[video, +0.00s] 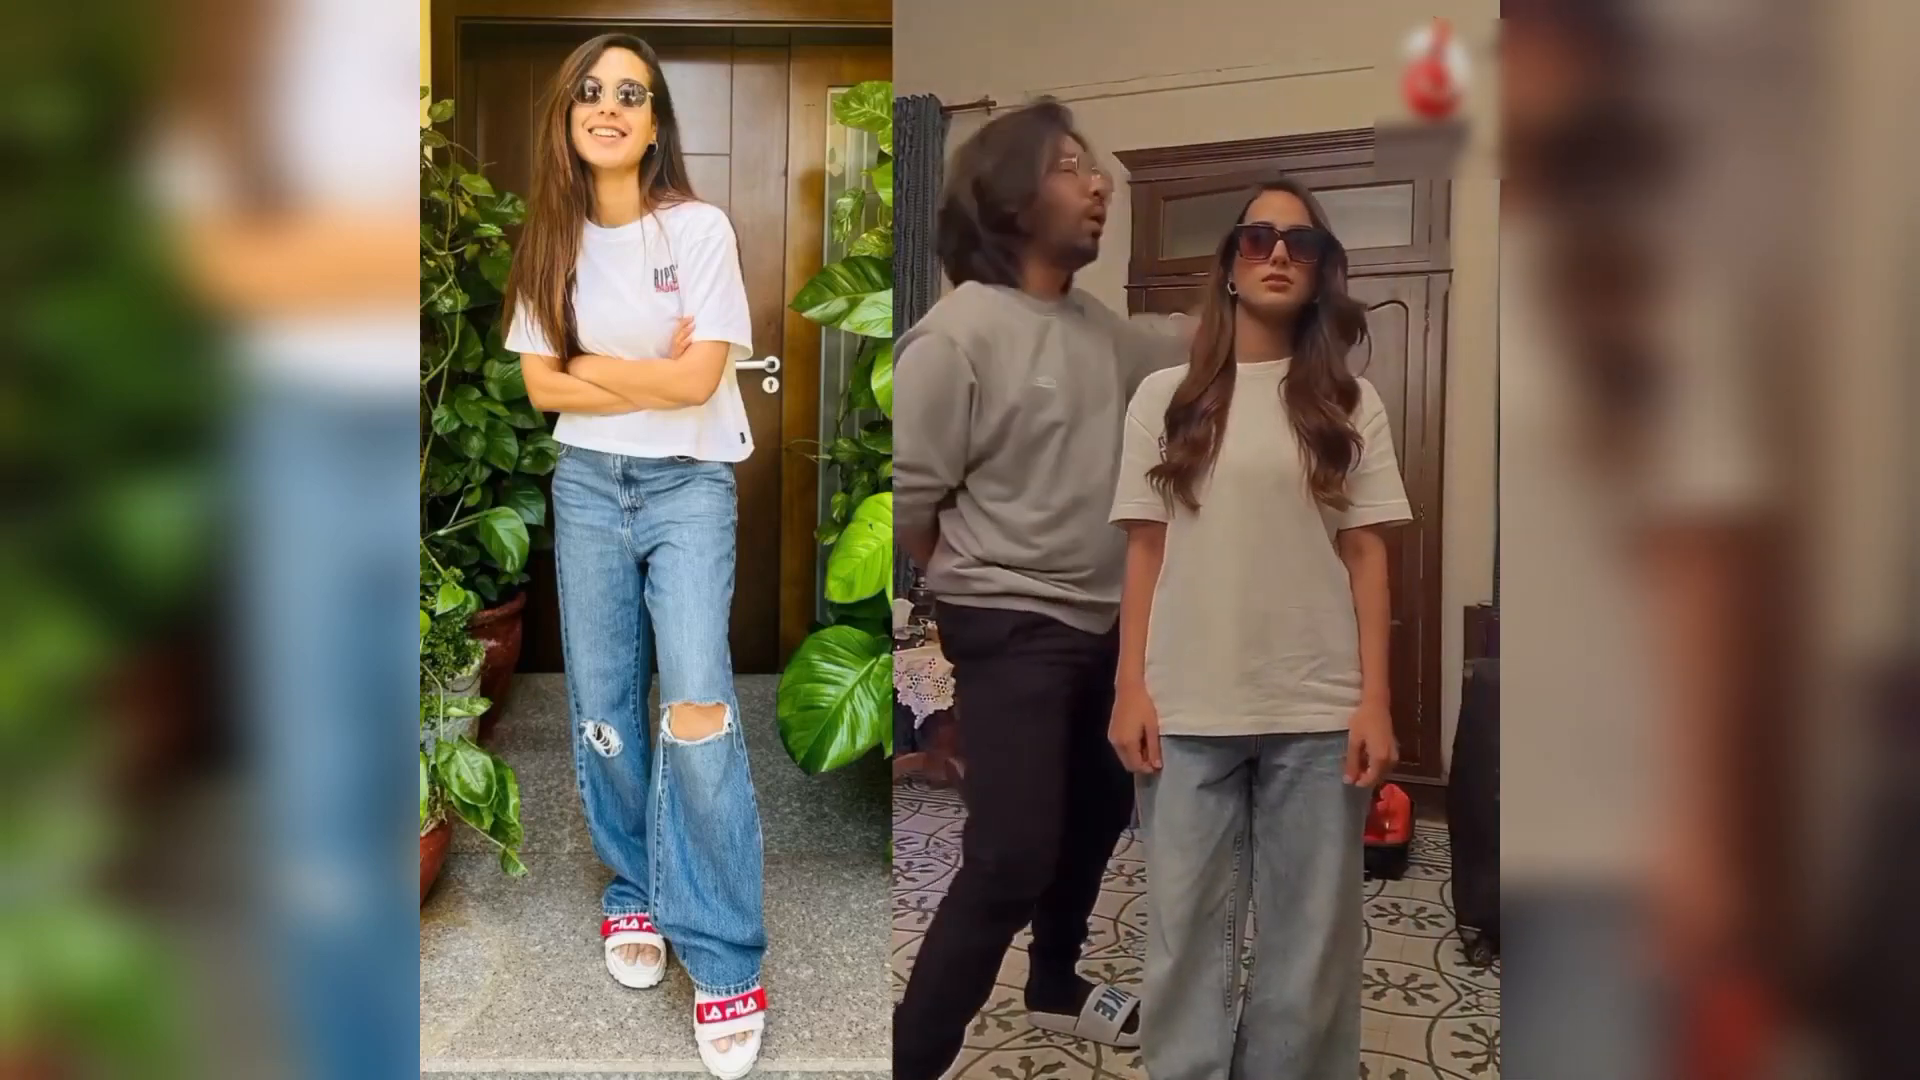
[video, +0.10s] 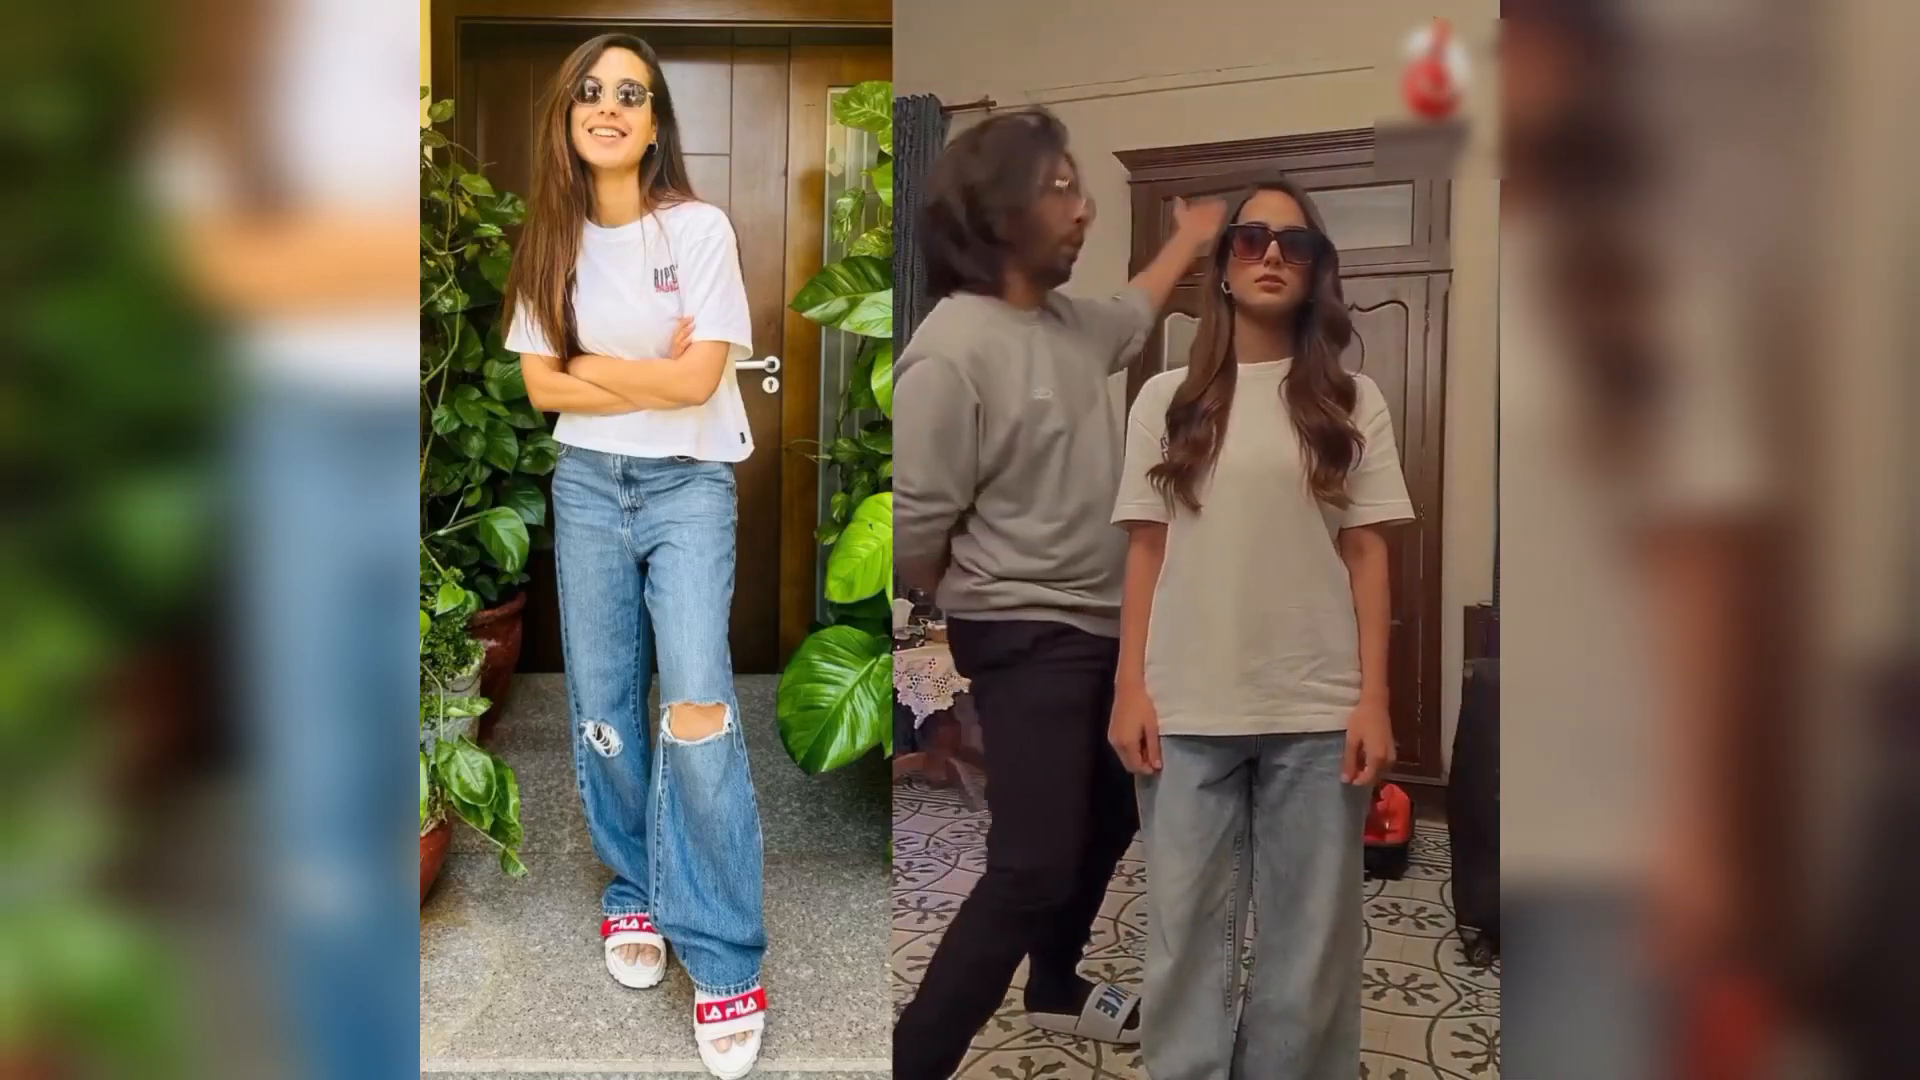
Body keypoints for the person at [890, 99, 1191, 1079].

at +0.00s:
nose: (1100, 186)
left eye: (1096, 170)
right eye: (1073, 168)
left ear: (1088, 192)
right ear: (1009, 192)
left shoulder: (1106, 329)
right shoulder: (955, 333)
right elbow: (908, 516)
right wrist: (951, 591)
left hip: (1107, 620)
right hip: (1002, 622)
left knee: (1092, 816)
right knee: (1011, 866)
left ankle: (1055, 986)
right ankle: (914, 1064)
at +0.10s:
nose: (1085, 209)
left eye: (1081, 189)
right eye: (1062, 191)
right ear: (997, 210)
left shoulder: (1074, 319)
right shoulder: (951, 343)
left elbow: (1139, 312)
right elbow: (918, 526)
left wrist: (1190, 236)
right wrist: (919, 613)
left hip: (1105, 623)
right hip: (1017, 631)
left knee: (1105, 820)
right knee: (1033, 867)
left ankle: (1055, 989)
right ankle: (914, 1065)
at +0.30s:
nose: (1076, 231)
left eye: (1072, 212)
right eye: (1055, 211)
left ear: (1028, 230)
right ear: (995, 227)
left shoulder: (1064, 332)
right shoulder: (942, 368)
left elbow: (1125, 338)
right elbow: (921, 550)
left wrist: (1166, 242)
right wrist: (938, 611)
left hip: (1111, 617)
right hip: (1030, 629)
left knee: (1118, 827)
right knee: (1044, 869)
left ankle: (1055, 987)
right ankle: (916, 1062)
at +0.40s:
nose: (1077, 200)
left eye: (1068, 185)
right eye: (1053, 188)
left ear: (1035, 216)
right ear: (1001, 217)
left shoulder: (1077, 329)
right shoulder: (961, 346)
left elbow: (1141, 325)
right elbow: (923, 527)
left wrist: (1195, 226)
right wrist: (942, 599)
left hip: (1111, 619)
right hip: (1025, 624)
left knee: (1110, 820)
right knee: (1028, 859)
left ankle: (1056, 982)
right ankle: (913, 1059)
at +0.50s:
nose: (1077, 184)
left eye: (1074, 171)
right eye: (1048, 175)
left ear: (1078, 199)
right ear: (998, 209)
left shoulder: (1103, 329)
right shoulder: (992, 323)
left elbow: (1171, 317)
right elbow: (925, 481)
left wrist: (1236, 261)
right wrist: (954, 561)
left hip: (1112, 612)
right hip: (1024, 610)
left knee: (1099, 807)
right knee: (1006, 850)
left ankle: (1055, 987)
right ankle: (910, 1061)